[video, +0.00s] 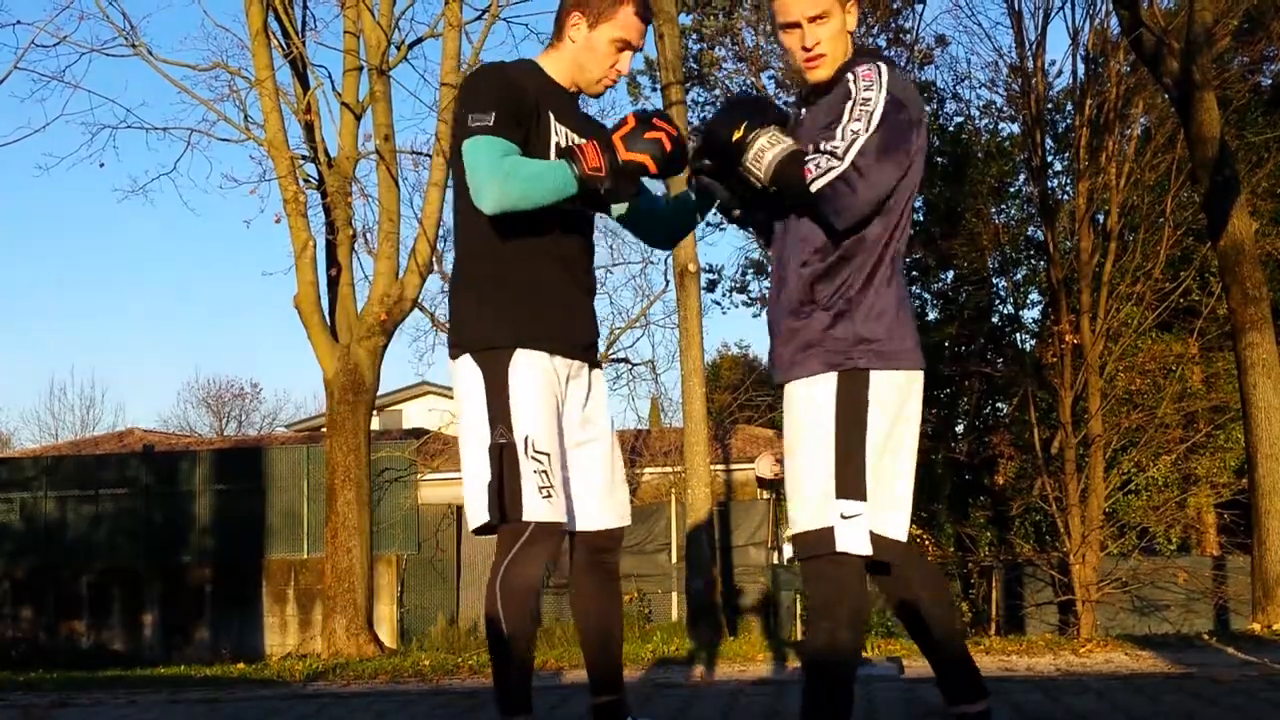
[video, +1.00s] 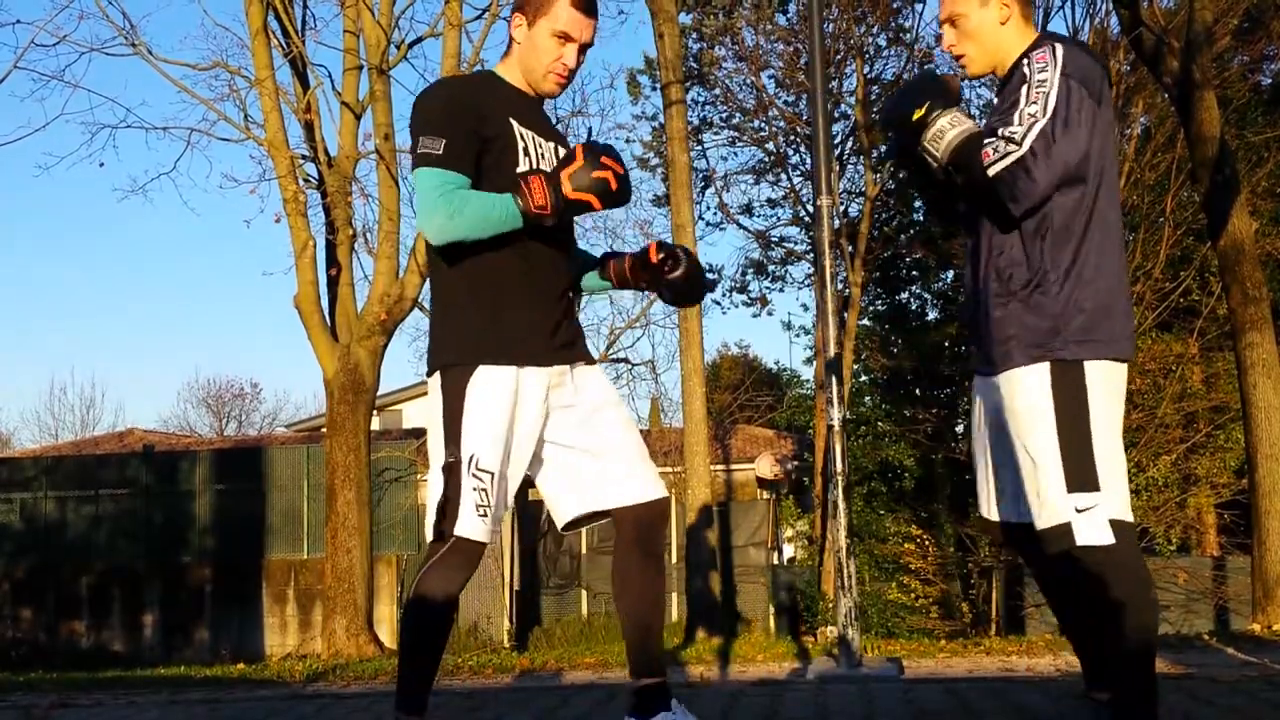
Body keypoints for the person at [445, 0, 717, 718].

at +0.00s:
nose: (624, 67)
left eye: (632, 54)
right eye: (620, 46)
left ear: (588, 33)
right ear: (577, 25)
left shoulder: (588, 129)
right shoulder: (496, 84)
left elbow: (660, 226)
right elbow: (494, 187)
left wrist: (711, 172)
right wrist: (604, 163)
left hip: (575, 349)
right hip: (503, 344)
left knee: (598, 531)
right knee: (531, 529)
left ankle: (610, 711)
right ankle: (515, 713)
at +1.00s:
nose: (572, 60)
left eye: (582, 48)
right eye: (563, 40)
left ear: (584, 50)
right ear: (520, 25)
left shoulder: (556, 137)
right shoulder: (452, 100)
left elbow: (554, 261)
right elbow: (437, 215)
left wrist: (627, 270)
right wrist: (541, 197)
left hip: (565, 358)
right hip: (484, 357)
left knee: (642, 506)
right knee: (463, 537)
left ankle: (652, 702)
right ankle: (408, 715)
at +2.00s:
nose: (686, 43)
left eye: (688, 27)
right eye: (677, 25)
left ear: (639, 23)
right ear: (628, 18)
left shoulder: (669, 131)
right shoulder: (545, 100)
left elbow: (696, 243)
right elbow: (517, 217)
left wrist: (782, 215)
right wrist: (620, 178)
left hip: (659, 355)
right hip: (572, 352)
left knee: (689, 529)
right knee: (545, 526)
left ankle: (701, 711)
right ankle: (461, 704)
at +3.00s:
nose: (637, 74)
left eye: (643, 61)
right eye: (632, 54)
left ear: (609, 56)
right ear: (592, 45)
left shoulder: (615, 151)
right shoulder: (514, 115)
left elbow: (638, 264)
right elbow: (573, 187)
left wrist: (709, 234)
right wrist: (630, 105)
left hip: (600, 369)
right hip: (519, 364)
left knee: (629, 529)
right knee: (481, 530)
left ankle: (620, 707)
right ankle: (396, 696)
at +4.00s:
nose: (438, 75)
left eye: (444, 65)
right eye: (427, 59)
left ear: (445, 75)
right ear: (384, 56)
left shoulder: (426, 175)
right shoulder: (312, 125)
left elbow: (431, 285)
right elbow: (352, 212)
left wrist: (498, 259)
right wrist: (411, 134)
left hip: (403, 383)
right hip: (316, 375)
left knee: (413, 546)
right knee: (287, 546)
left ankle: (383, 710)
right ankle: (240, 706)